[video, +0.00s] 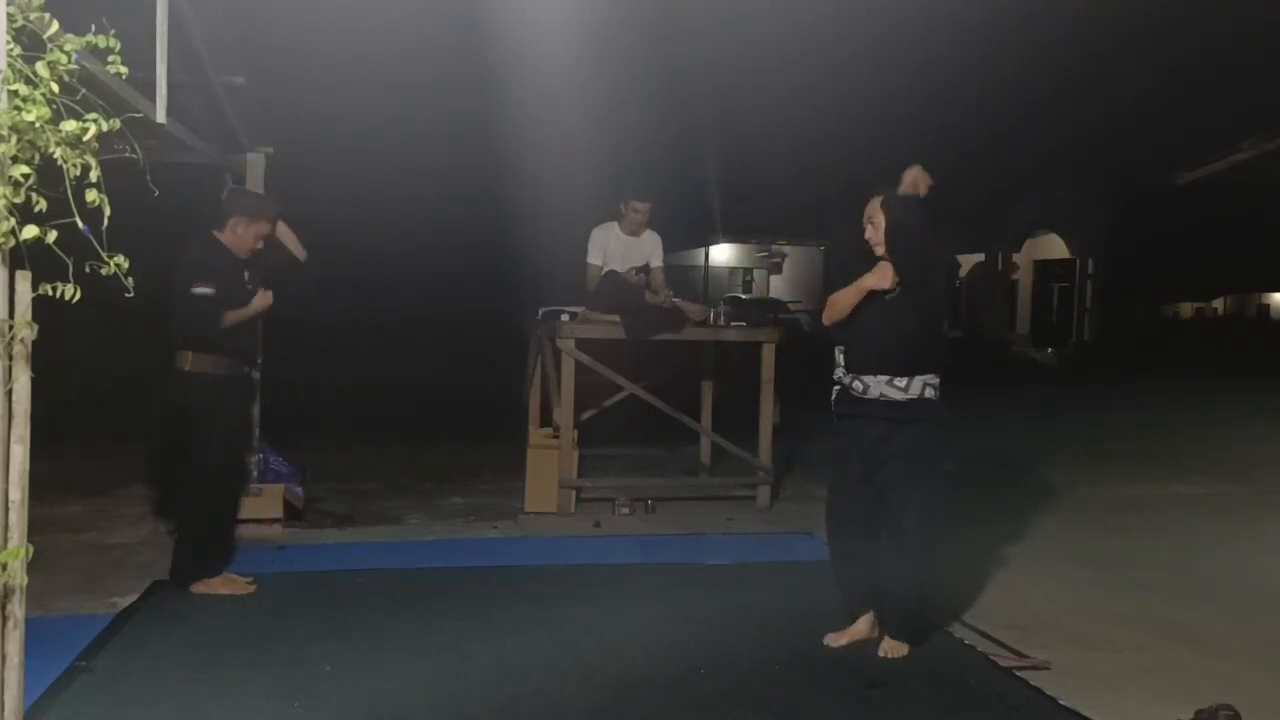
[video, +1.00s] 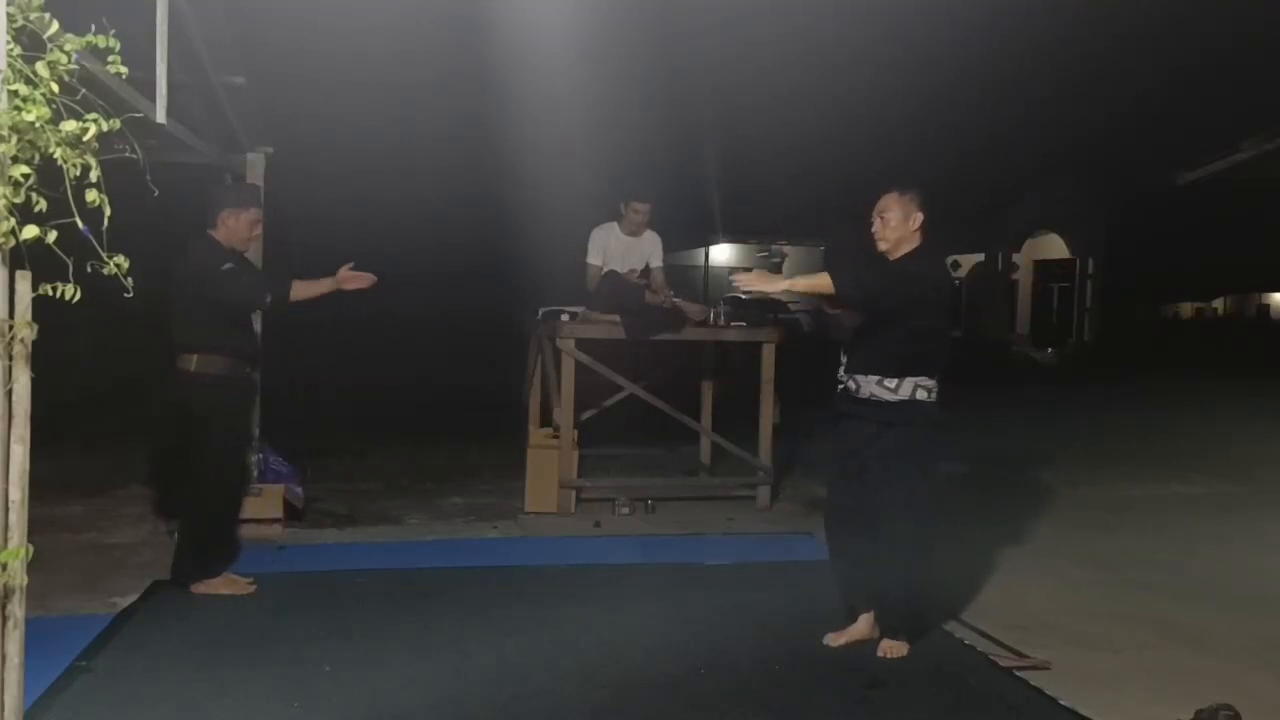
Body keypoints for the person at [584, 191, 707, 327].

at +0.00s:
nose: (641, 218)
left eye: (645, 213)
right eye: (636, 212)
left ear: (650, 213)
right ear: (623, 208)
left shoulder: (653, 239)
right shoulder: (601, 234)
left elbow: (658, 283)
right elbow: (592, 285)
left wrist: (665, 294)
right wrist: (622, 281)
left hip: (637, 301)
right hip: (603, 301)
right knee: (611, 278)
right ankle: (676, 310)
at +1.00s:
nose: (641, 219)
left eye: (645, 214)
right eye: (636, 212)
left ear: (650, 214)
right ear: (623, 209)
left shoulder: (653, 240)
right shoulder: (601, 234)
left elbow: (658, 281)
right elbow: (592, 285)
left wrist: (664, 295)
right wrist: (621, 281)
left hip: (635, 300)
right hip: (603, 300)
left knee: (674, 317)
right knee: (611, 278)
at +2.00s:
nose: (633, 214)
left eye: (639, 209)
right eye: (628, 207)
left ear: (648, 212)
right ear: (620, 207)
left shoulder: (652, 239)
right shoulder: (601, 234)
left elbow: (658, 282)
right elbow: (591, 284)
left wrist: (664, 294)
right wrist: (621, 279)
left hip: (634, 300)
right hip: (602, 300)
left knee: (676, 317)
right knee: (611, 278)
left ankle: (607, 319)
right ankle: (679, 306)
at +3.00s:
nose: (635, 215)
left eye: (641, 210)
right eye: (630, 209)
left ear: (647, 213)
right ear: (621, 208)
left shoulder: (653, 239)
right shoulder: (601, 234)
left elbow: (659, 282)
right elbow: (591, 283)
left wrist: (664, 293)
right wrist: (622, 280)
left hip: (636, 300)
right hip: (603, 299)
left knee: (674, 317)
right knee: (611, 279)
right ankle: (679, 306)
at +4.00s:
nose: (642, 218)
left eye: (647, 212)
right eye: (637, 211)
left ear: (651, 214)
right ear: (624, 209)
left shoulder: (654, 240)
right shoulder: (602, 234)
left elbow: (659, 283)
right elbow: (592, 283)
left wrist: (665, 295)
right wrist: (623, 281)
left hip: (637, 300)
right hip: (603, 300)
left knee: (675, 317)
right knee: (611, 278)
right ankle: (679, 306)